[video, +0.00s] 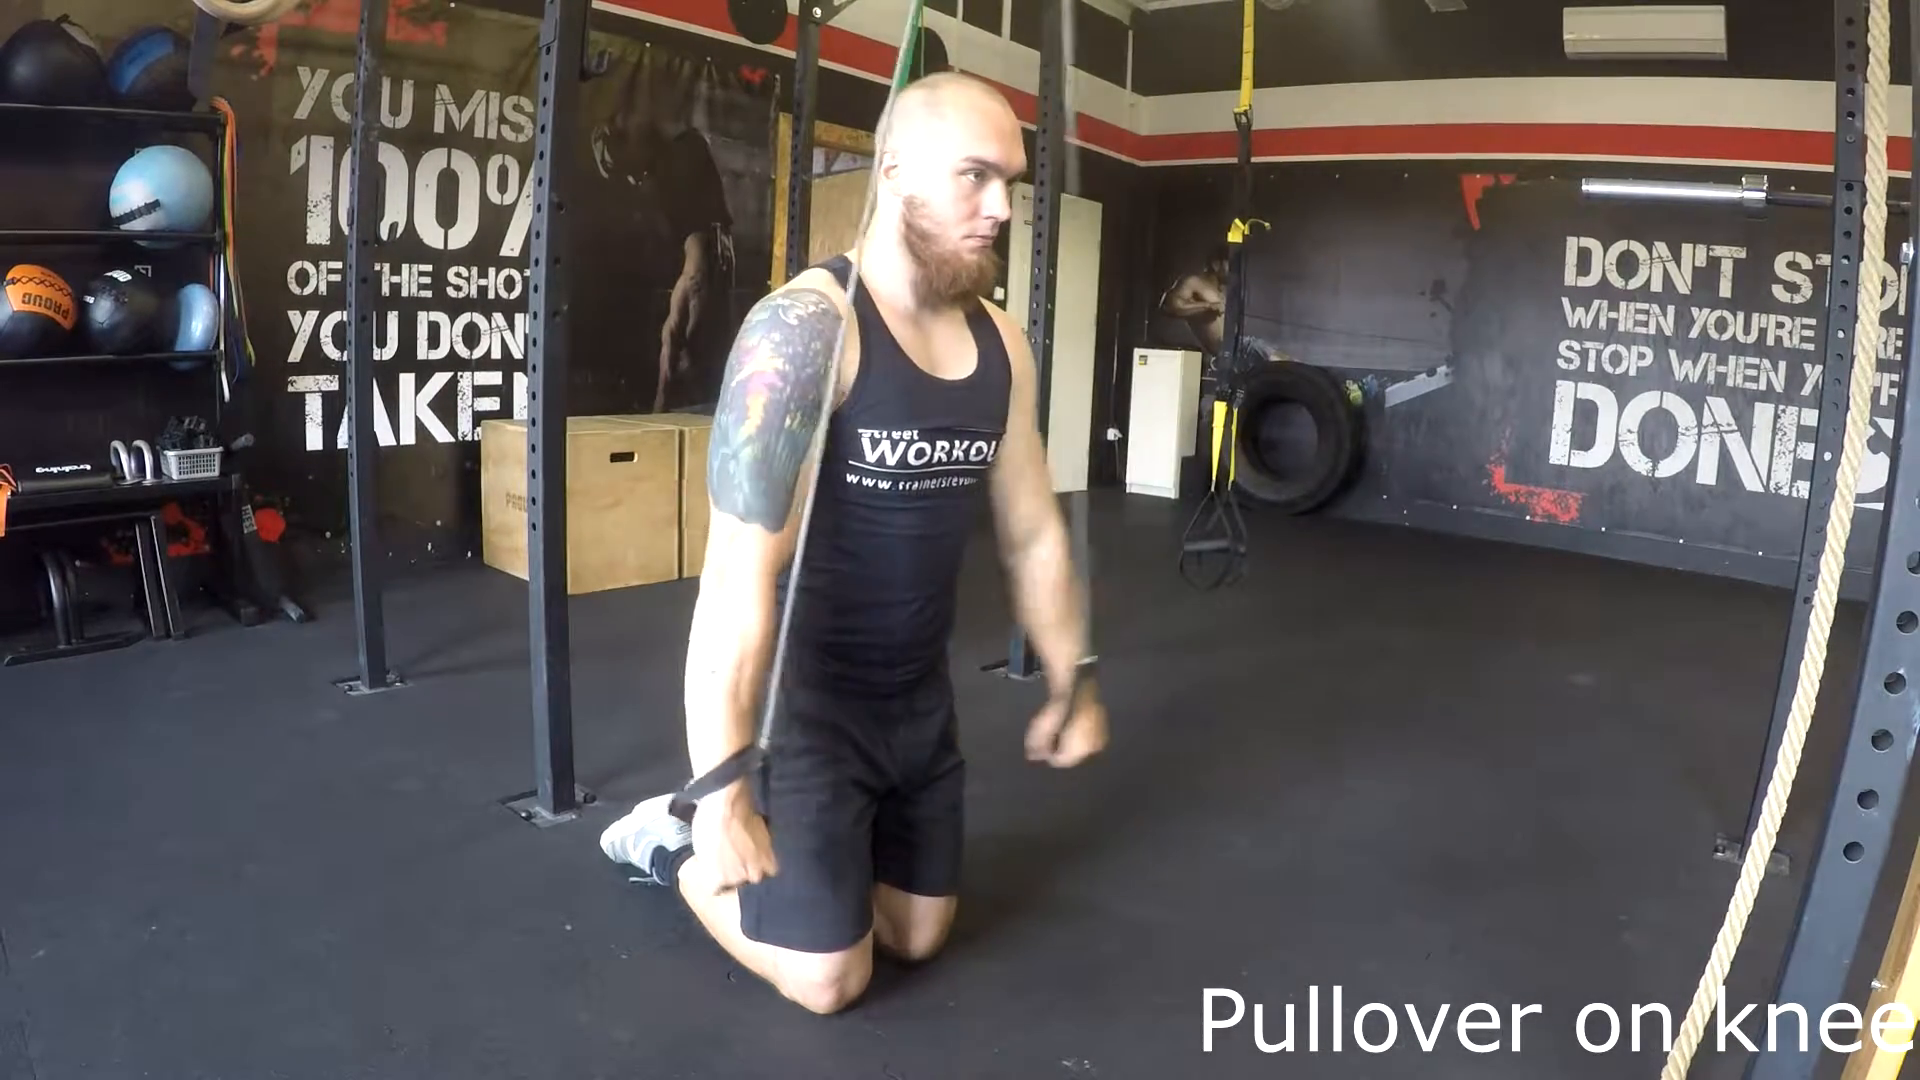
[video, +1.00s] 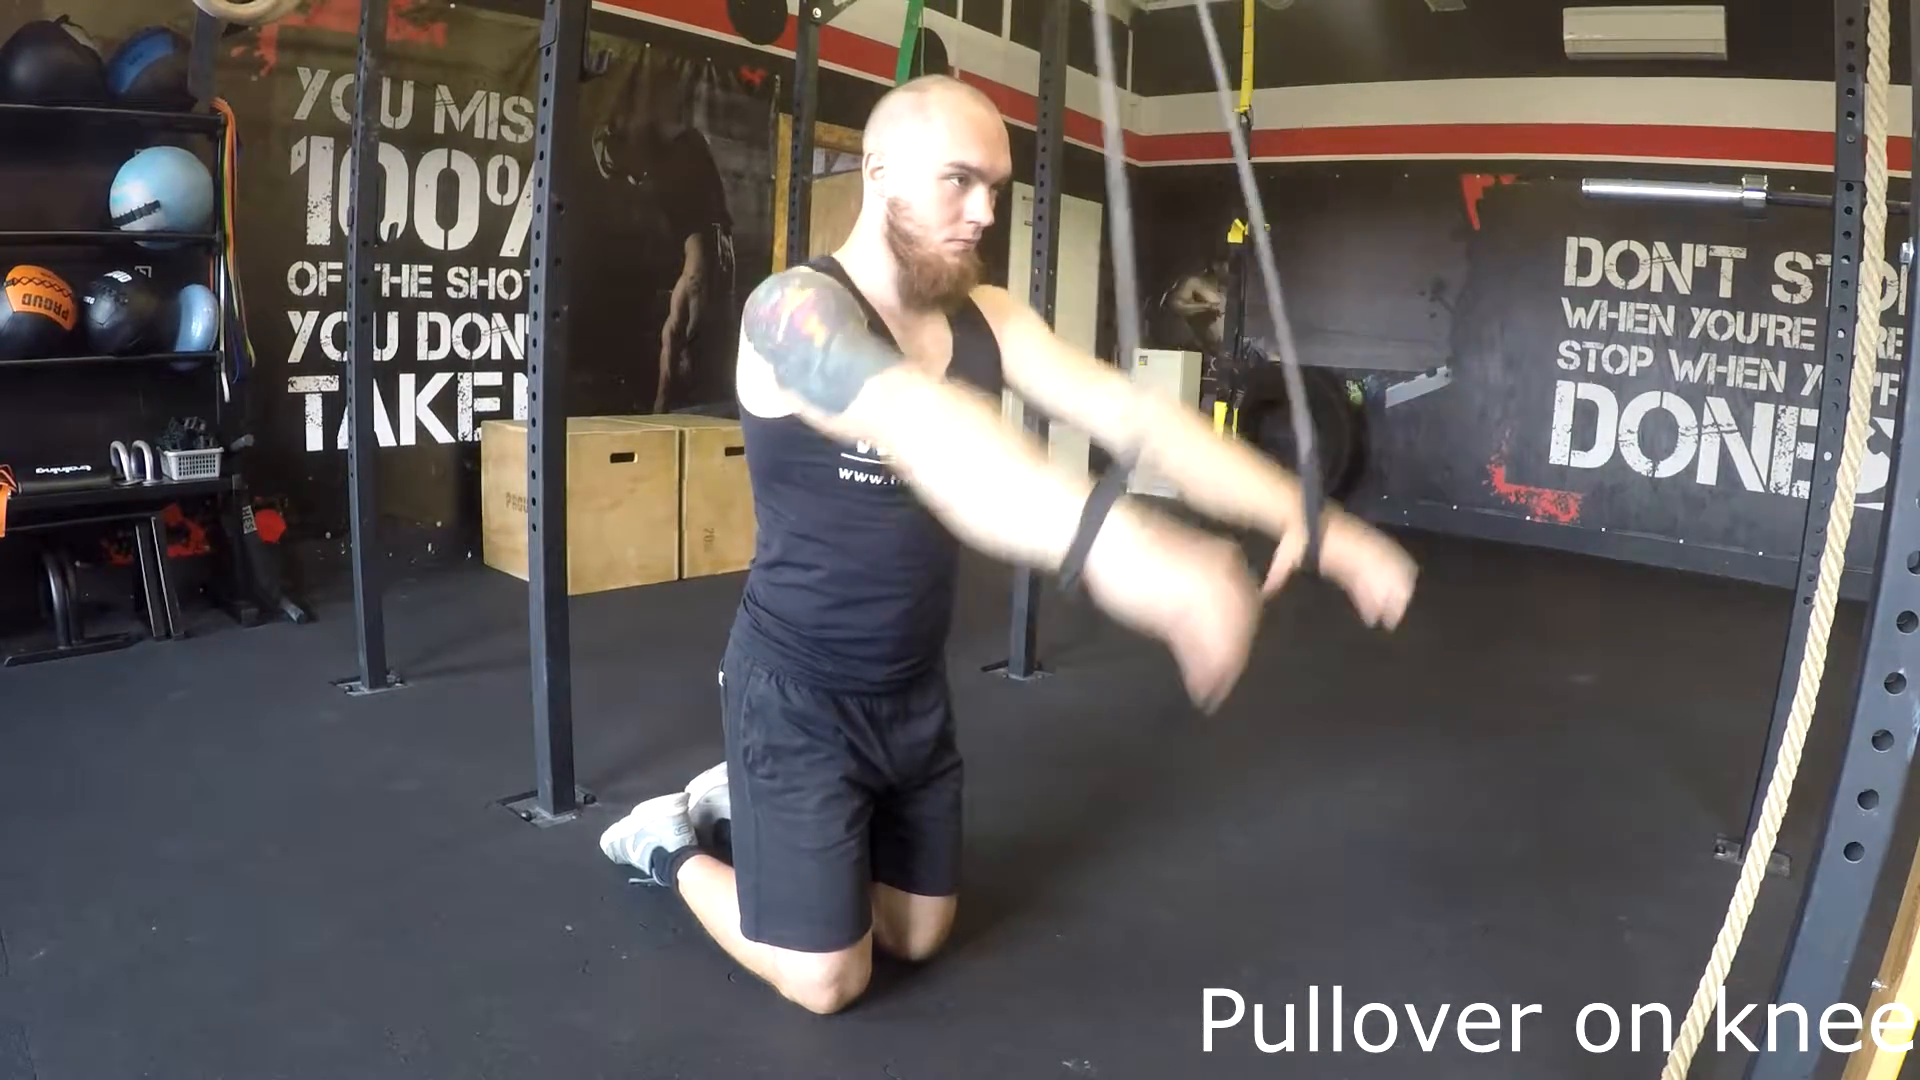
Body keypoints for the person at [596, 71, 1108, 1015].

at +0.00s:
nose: (1002, 208)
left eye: (1012, 182)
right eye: (976, 176)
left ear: (1015, 190)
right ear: (896, 176)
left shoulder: (999, 340)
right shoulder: (801, 331)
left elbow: (1032, 529)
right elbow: (738, 572)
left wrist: (1070, 675)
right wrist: (720, 786)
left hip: (920, 697)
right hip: (804, 703)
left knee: (918, 931)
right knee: (825, 980)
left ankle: (766, 837)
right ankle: (684, 845)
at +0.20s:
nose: (990, 204)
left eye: (1000, 178)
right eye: (964, 172)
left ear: (1005, 187)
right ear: (886, 177)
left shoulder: (996, 330)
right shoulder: (796, 320)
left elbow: (1093, 496)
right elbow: (802, 545)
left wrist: (1196, 640)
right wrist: (858, 751)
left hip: (917, 674)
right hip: (802, 683)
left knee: (918, 931)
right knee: (824, 979)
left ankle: (746, 806)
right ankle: (669, 853)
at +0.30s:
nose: (985, 203)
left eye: (993, 178)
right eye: (959, 173)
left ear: (999, 184)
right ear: (880, 176)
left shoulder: (990, 322)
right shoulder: (796, 310)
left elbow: (1119, 463)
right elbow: (868, 504)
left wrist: (1253, 590)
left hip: (927, 680)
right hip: (804, 683)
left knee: (914, 932)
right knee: (823, 977)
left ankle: (741, 815)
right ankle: (672, 854)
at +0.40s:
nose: (979, 203)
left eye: (992, 182)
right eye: (955, 173)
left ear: (994, 191)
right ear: (873, 170)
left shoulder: (981, 313)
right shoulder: (794, 302)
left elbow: (1125, 418)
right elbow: (934, 440)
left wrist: (1304, 523)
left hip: (915, 687)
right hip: (799, 689)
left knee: (915, 928)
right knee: (822, 980)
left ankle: (744, 807)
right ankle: (677, 854)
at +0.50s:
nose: (978, 206)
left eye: (990, 183)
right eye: (951, 177)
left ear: (992, 188)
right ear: (867, 173)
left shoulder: (984, 303)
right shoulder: (791, 294)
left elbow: (1123, 376)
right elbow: (949, 369)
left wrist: (1334, 453)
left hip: (916, 683)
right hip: (797, 686)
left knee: (916, 931)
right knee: (822, 978)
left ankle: (759, 807)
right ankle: (672, 852)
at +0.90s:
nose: (984, 214)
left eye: (995, 188)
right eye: (958, 183)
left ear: (995, 192)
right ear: (874, 178)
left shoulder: (985, 310)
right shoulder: (791, 305)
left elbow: (1129, 370)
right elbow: (956, 379)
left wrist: (1331, 438)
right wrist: (1188, 418)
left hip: (913, 685)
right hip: (796, 687)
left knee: (916, 931)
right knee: (820, 978)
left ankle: (751, 808)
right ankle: (672, 852)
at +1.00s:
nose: (982, 215)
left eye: (996, 188)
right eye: (958, 183)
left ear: (1003, 190)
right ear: (877, 179)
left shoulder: (983, 315)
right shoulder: (797, 312)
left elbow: (1136, 420)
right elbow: (952, 453)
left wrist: (1319, 525)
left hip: (914, 685)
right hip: (797, 687)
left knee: (915, 930)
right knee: (822, 981)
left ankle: (750, 807)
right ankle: (675, 852)